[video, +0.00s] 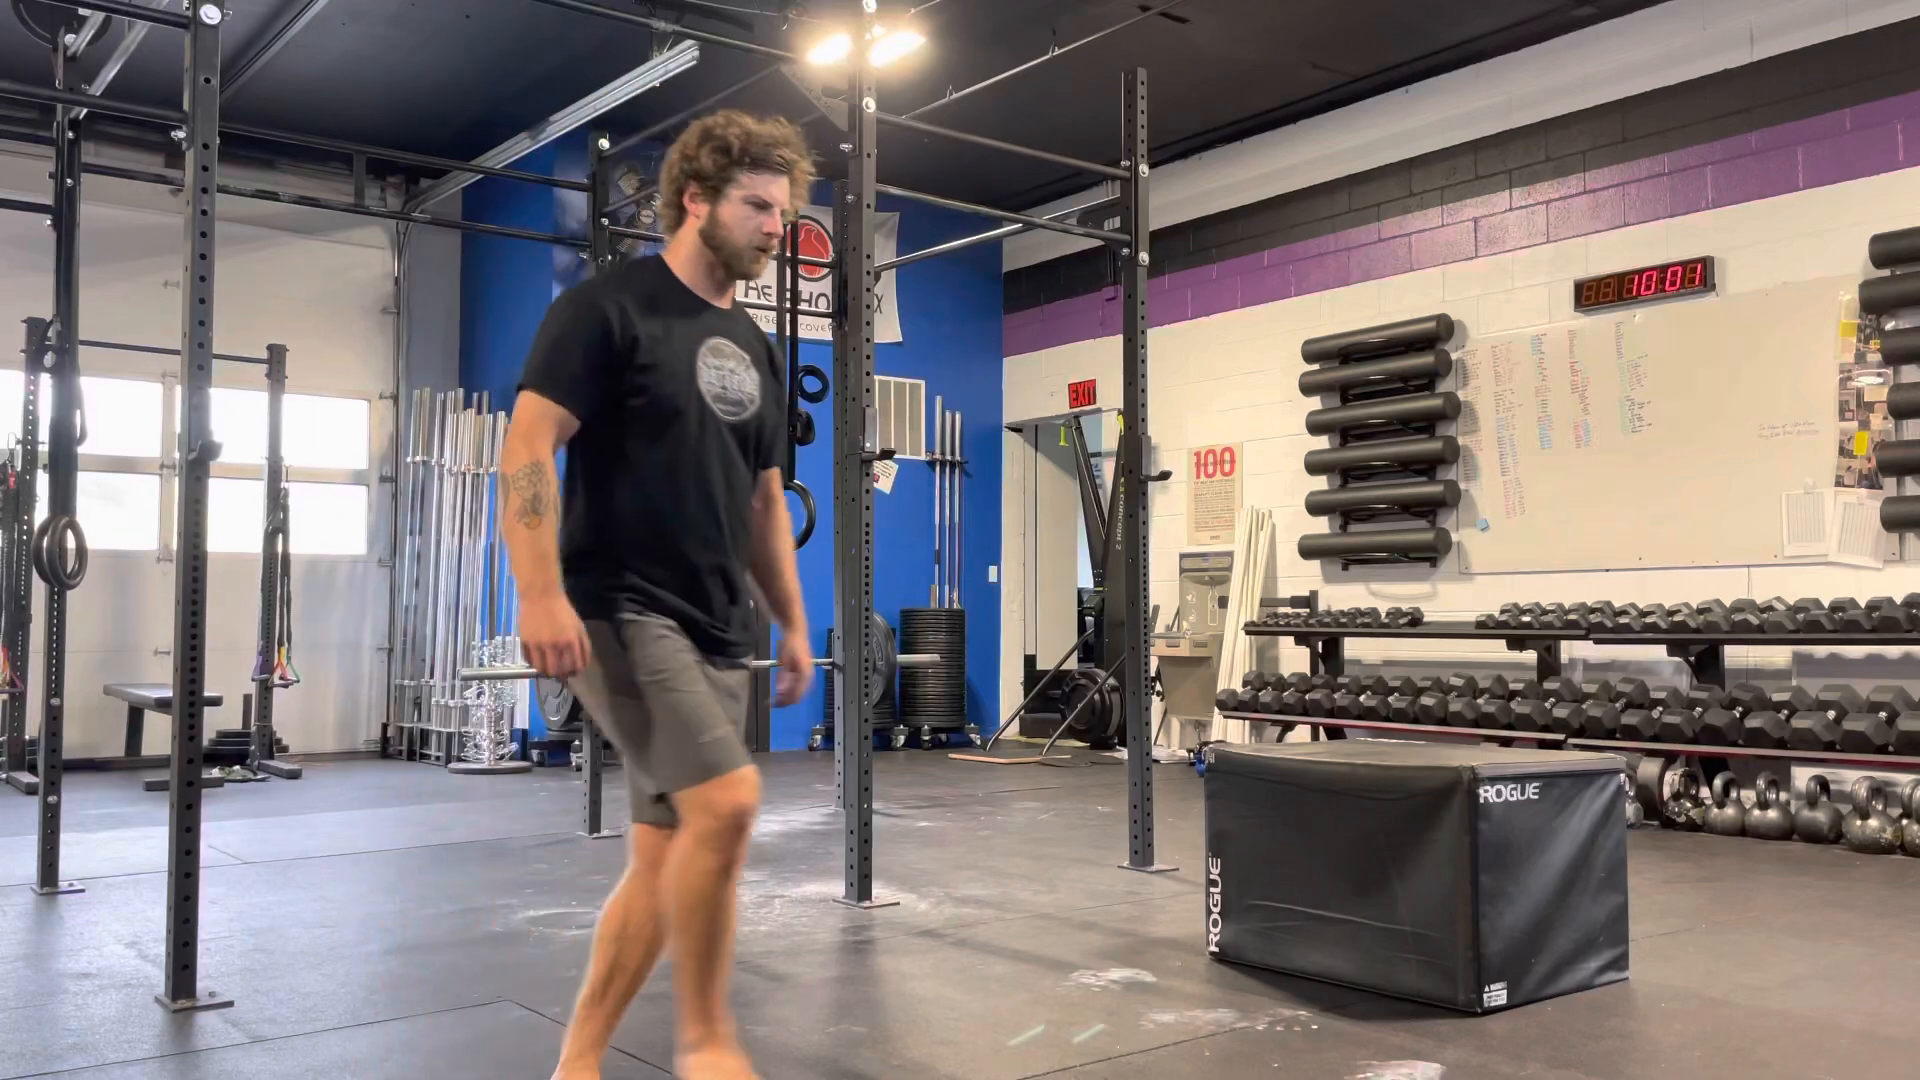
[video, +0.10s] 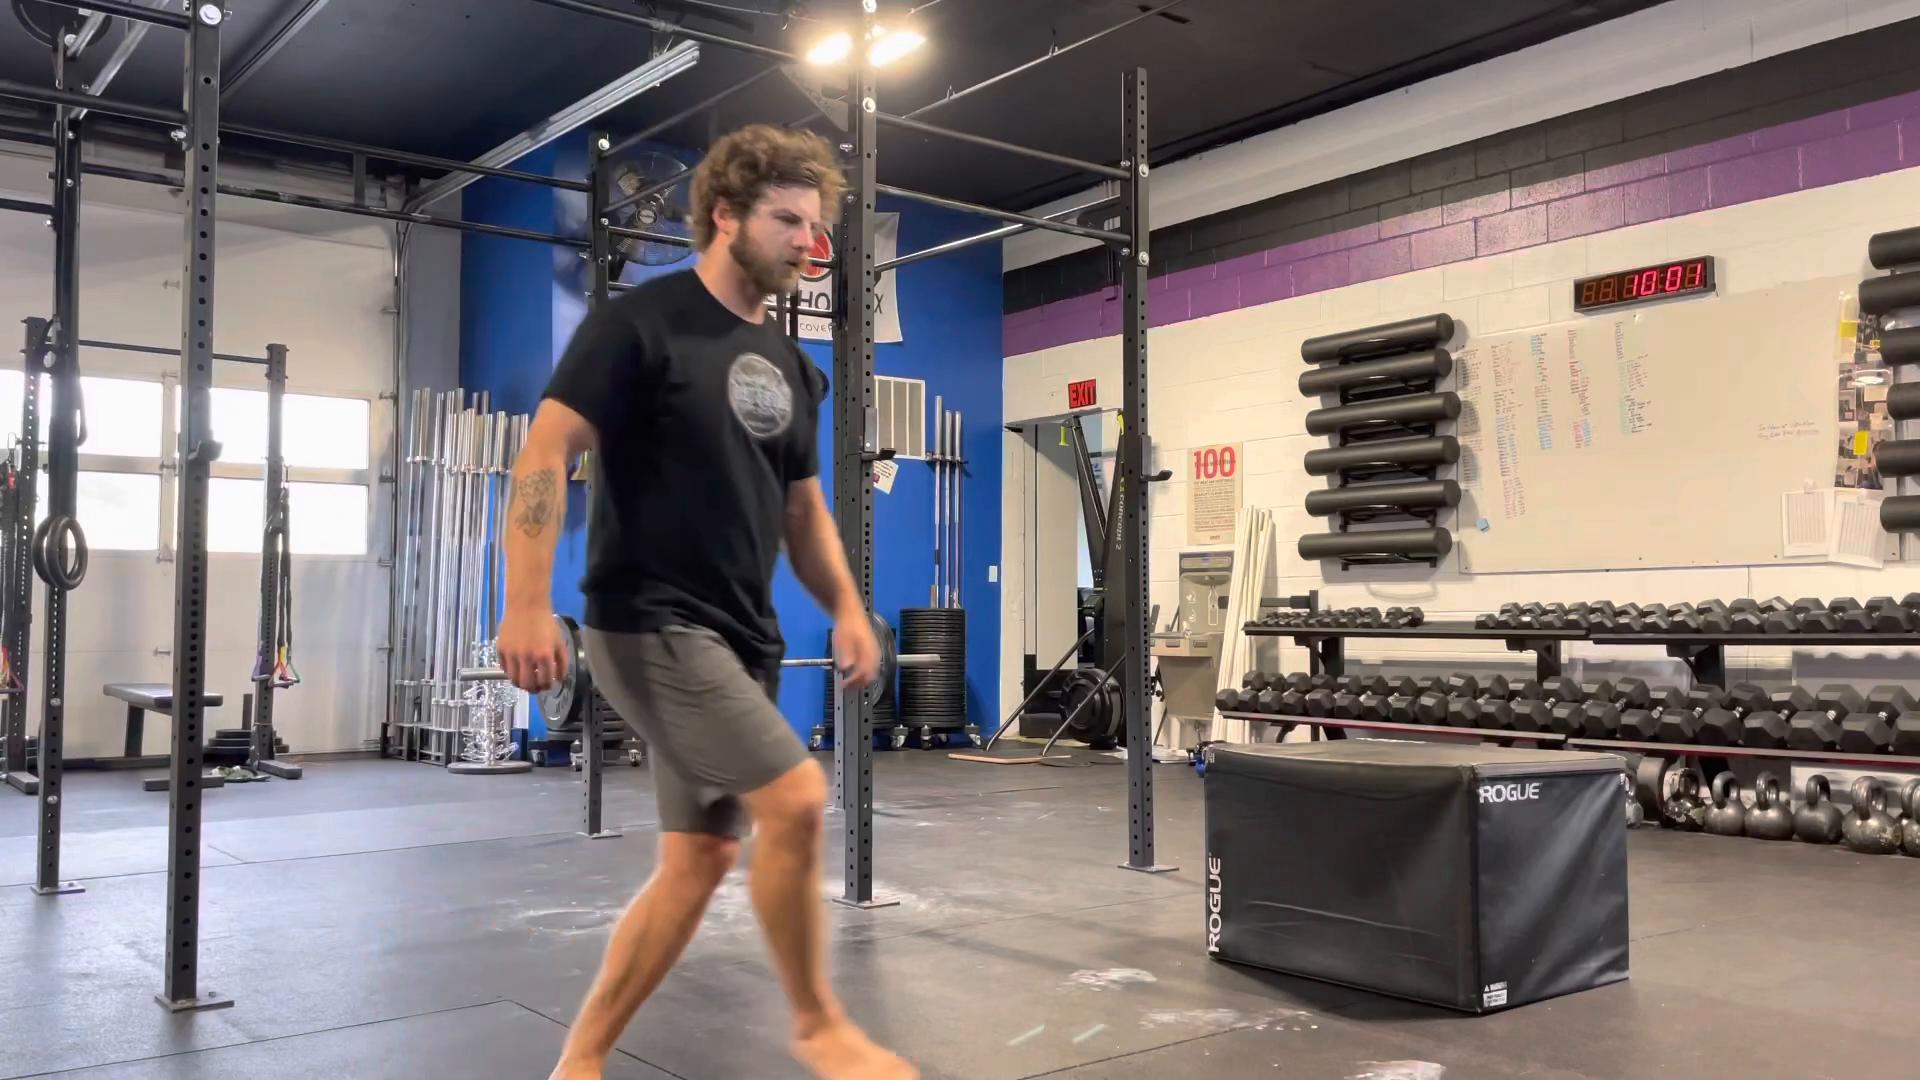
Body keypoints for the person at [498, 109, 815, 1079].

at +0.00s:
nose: (776, 226)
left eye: (783, 211)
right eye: (758, 205)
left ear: (779, 220)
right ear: (695, 202)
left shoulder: (756, 348)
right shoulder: (604, 306)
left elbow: (766, 495)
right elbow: (524, 450)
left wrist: (793, 620)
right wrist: (538, 595)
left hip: (723, 621)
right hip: (623, 605)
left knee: (661, 861)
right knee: (726, 798)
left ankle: (578, 1058)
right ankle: (706, 1043)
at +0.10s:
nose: (812, 243)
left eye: (818, 227)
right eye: (793, 222)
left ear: (816, 232)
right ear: (727, 219)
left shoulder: (789, 363)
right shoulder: (637, 318)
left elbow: (803, 505)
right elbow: (545, 450)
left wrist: (847, 608)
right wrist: (525, 604)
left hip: (738, 629)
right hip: (648, 619)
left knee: (697, 859)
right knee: (795, 796)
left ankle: (579, 1057)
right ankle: (818, 1024)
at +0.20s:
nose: (843, 272)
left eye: (851, 256)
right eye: (825, 252)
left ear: (853, 261)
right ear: (763, 253)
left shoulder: (828, 391)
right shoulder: (673, 356)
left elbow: (855, 534)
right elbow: (559, 478)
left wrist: (903, 603)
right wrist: (535, 620)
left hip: (768, 654)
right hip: (684, 651)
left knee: (738, 882)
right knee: (852, 813)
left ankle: (577, 1059)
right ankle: (904, 1029)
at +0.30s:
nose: (897, 333)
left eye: (904, 315)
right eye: (877, 311)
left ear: (908, 320)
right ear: (814, 313)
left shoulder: (884, 442)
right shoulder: (729, 414)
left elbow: (912, 569)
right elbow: (592, 516)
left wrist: (953, 619)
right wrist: (571, 661)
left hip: (807, 701)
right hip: (732, 697)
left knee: (799, 921)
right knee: (917, 841)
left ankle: (590, 1051)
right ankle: (937, 1053)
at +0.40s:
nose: (957, 415)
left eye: (964, 397)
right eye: (938, 394)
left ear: (970, 402)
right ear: (875, 398)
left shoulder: (952, 512)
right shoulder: (795, 478)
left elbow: (986, 623)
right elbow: (641, 550)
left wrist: (1014, 672)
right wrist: (603, 692)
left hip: (841, 757)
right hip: (764, 748)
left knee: (843, 972)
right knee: (966, 844)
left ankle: (612, 1043)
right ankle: (943, 1053)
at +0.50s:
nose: (1028, 481)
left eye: (1034, 464)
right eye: (1010, 462)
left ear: (1039, 466)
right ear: (946, 463)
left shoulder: (1016, 577)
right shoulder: (858, 524)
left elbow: (1069, 678)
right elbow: (701, 545)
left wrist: (1088, 714)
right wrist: (598, 662)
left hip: (853, 792)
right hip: (791, 777)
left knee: (853, 1007)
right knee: (1001, 848)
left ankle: (619, 1040)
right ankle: (948, 1052)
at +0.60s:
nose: (1112, 510)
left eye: (1115, 494)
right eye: (1096, 492)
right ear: (1034, 492)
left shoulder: (1072, 602)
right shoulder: (933, 544)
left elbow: (1110, 712)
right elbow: (772, 561)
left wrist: (1133, 707)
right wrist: (638, 639)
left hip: (864, 784)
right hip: (825, 764)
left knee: (848, 1005)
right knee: (1042, 852)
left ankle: (614, 1041)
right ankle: (952, 1054)